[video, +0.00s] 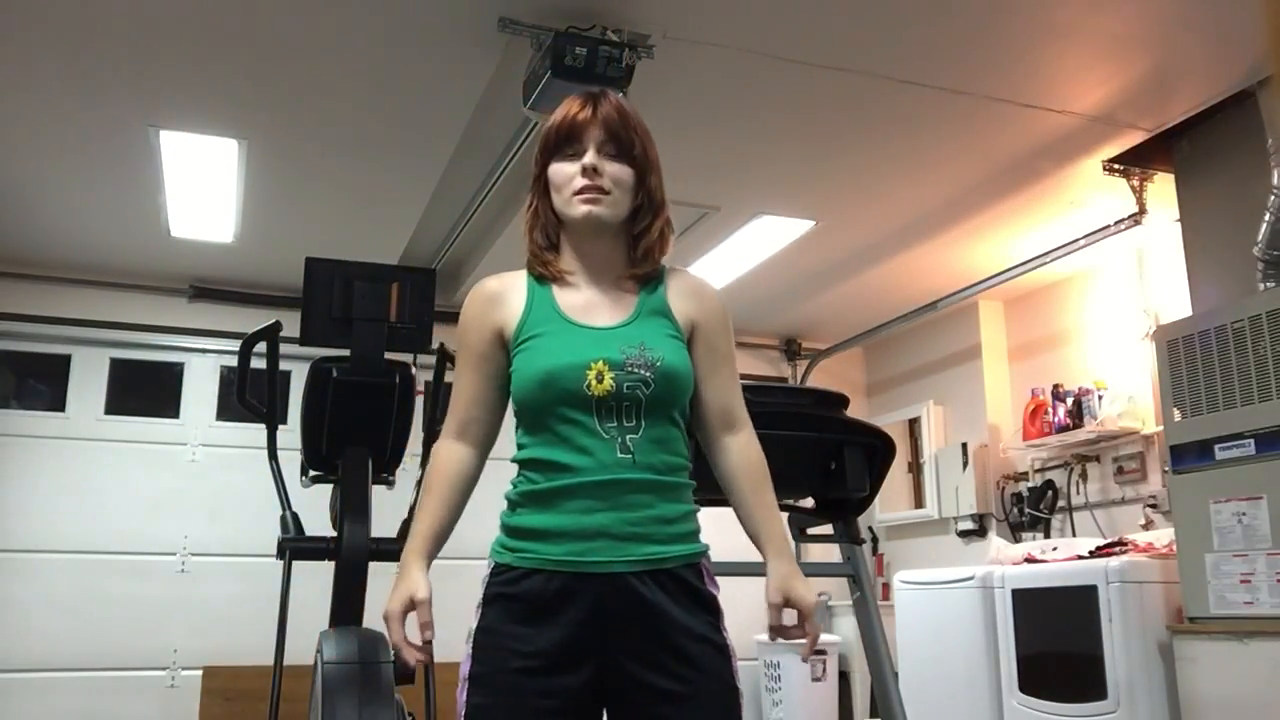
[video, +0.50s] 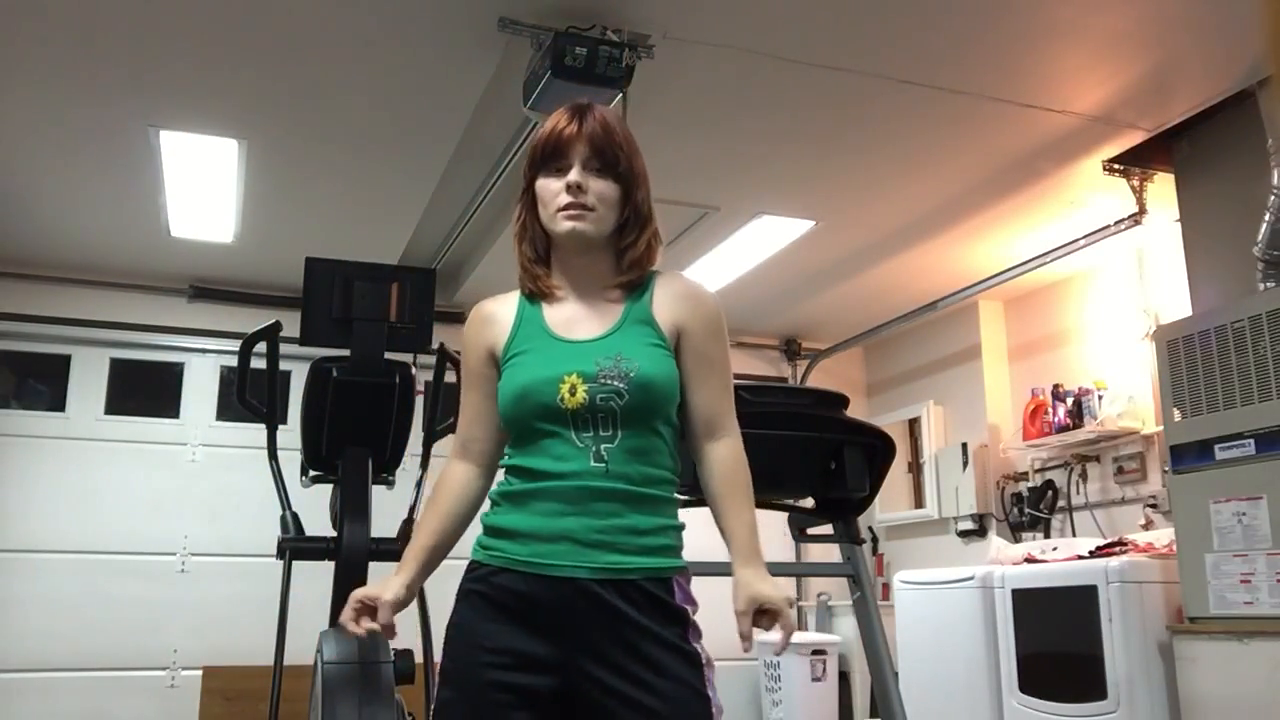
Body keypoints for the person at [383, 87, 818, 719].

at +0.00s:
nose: (591, 165)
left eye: (614, 153)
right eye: (570, 153)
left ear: (642, 182)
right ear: (544, 183)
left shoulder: (691, 300)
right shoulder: (499, 301)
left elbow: (731, 434)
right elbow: (462, 439)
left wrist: (781, 559)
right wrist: (415, 561)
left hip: (670, 599)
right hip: (534, 599)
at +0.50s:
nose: (575, 181)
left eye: (598, 168)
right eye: (556, 167)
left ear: (628, 195)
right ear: (533, 194)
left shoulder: (681, 305)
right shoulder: (493, 320)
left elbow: (716, 439)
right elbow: (470, 460)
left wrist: (749, 566)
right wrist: (404, 577)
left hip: (641, 609)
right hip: (504, 605)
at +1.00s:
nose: (553, 179)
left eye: (577, 165)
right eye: (535, 165)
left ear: (606, 191)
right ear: (511, 192)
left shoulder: (656, 301)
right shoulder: (471, 316)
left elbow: (696, 430)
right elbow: (449, 459)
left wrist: (725, 559)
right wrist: (397, 582)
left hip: (624, 607)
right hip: (490, 605)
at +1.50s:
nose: (626, 192)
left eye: (650, 177)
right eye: (610, 173)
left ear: (679, 199)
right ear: (584, 190)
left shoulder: (716, 292)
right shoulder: (556, 299)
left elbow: (768, 412)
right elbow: (487, 322)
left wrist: (799, 542)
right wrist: (530, 206)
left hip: (698, 591)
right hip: (582, 595)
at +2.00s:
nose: (697, 221)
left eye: (720, 204)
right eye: (676, 204)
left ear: (750, 221)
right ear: (654, 221)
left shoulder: (798, 334)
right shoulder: (615, 315)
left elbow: (849, 470)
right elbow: (600, 362)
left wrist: (928, 599)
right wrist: (629, 361)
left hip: (786, 614)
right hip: (655, 623)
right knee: (597, 711)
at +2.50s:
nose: (649, 212)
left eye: (669, 196)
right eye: (628, 194)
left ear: (689, 218)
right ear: (595, 211)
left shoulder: (696, 335)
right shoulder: (551, 298)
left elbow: (777, 406)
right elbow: (465, 391)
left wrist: (803, 284)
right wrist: (443, 250)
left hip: (649, 624)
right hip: (547, 611)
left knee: (718, 712)